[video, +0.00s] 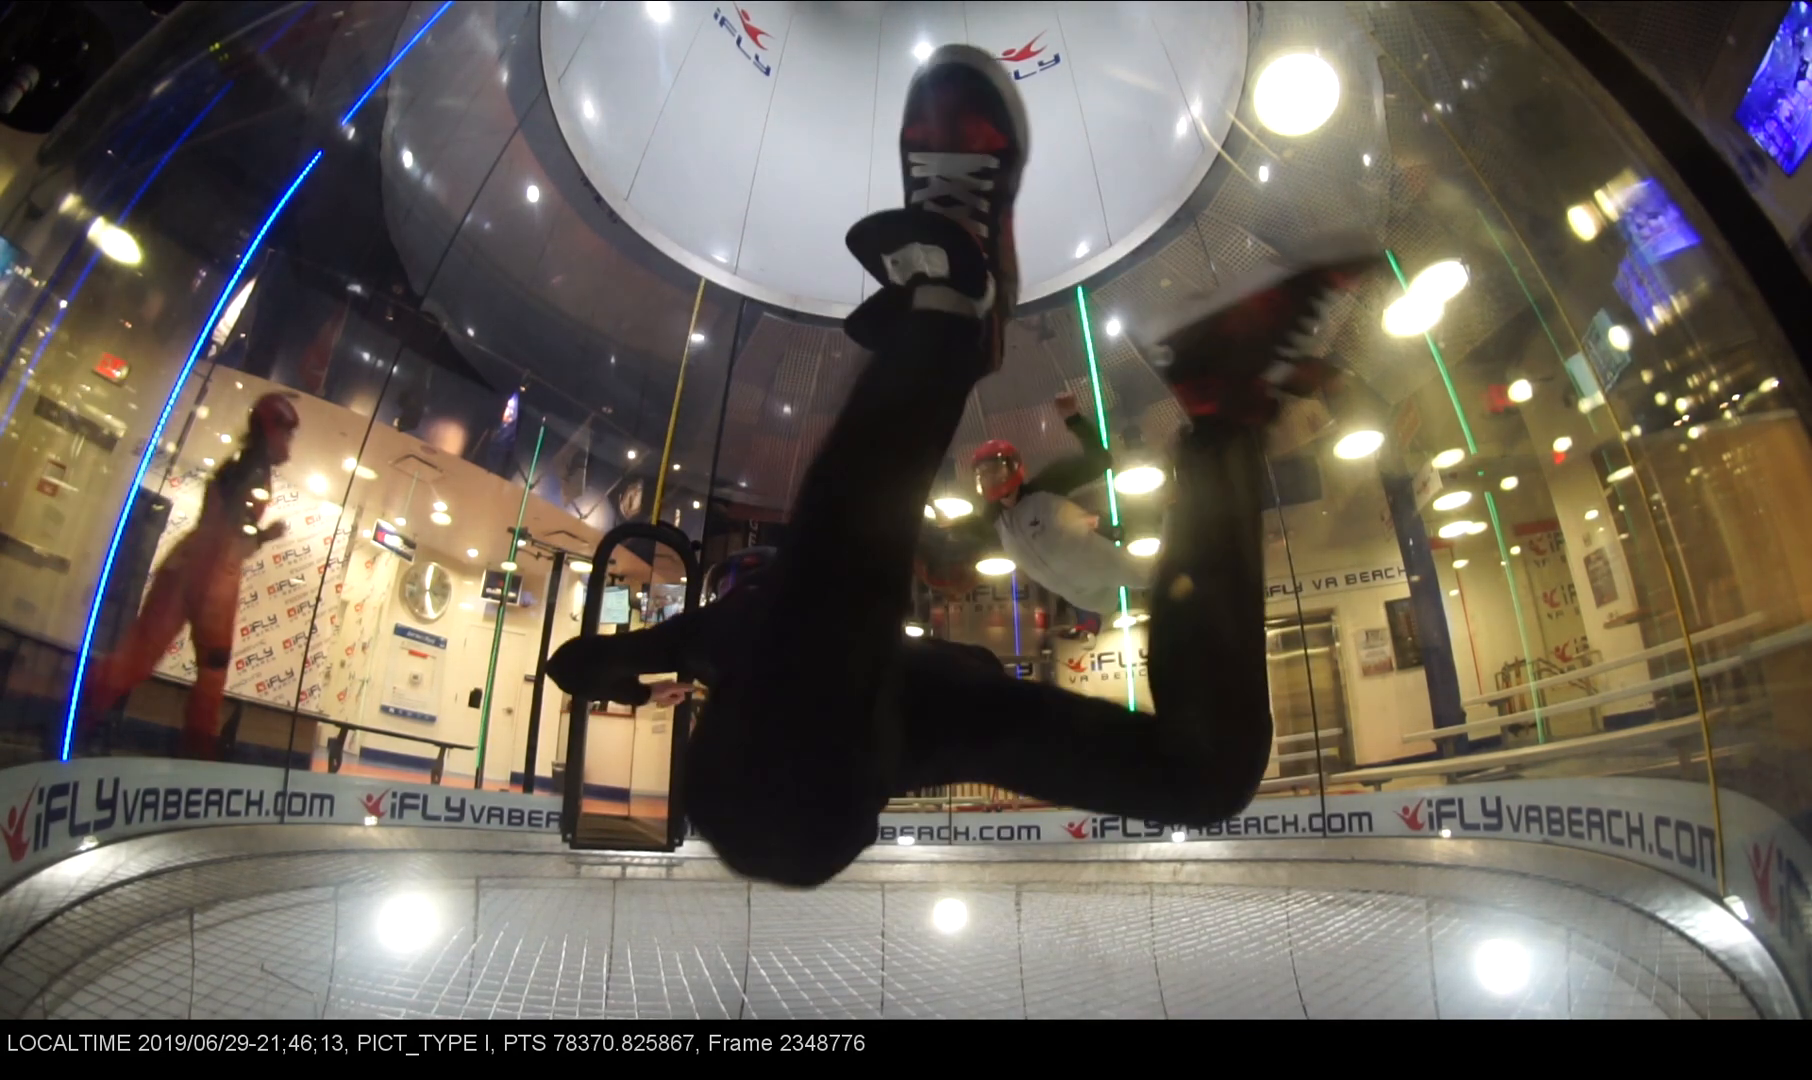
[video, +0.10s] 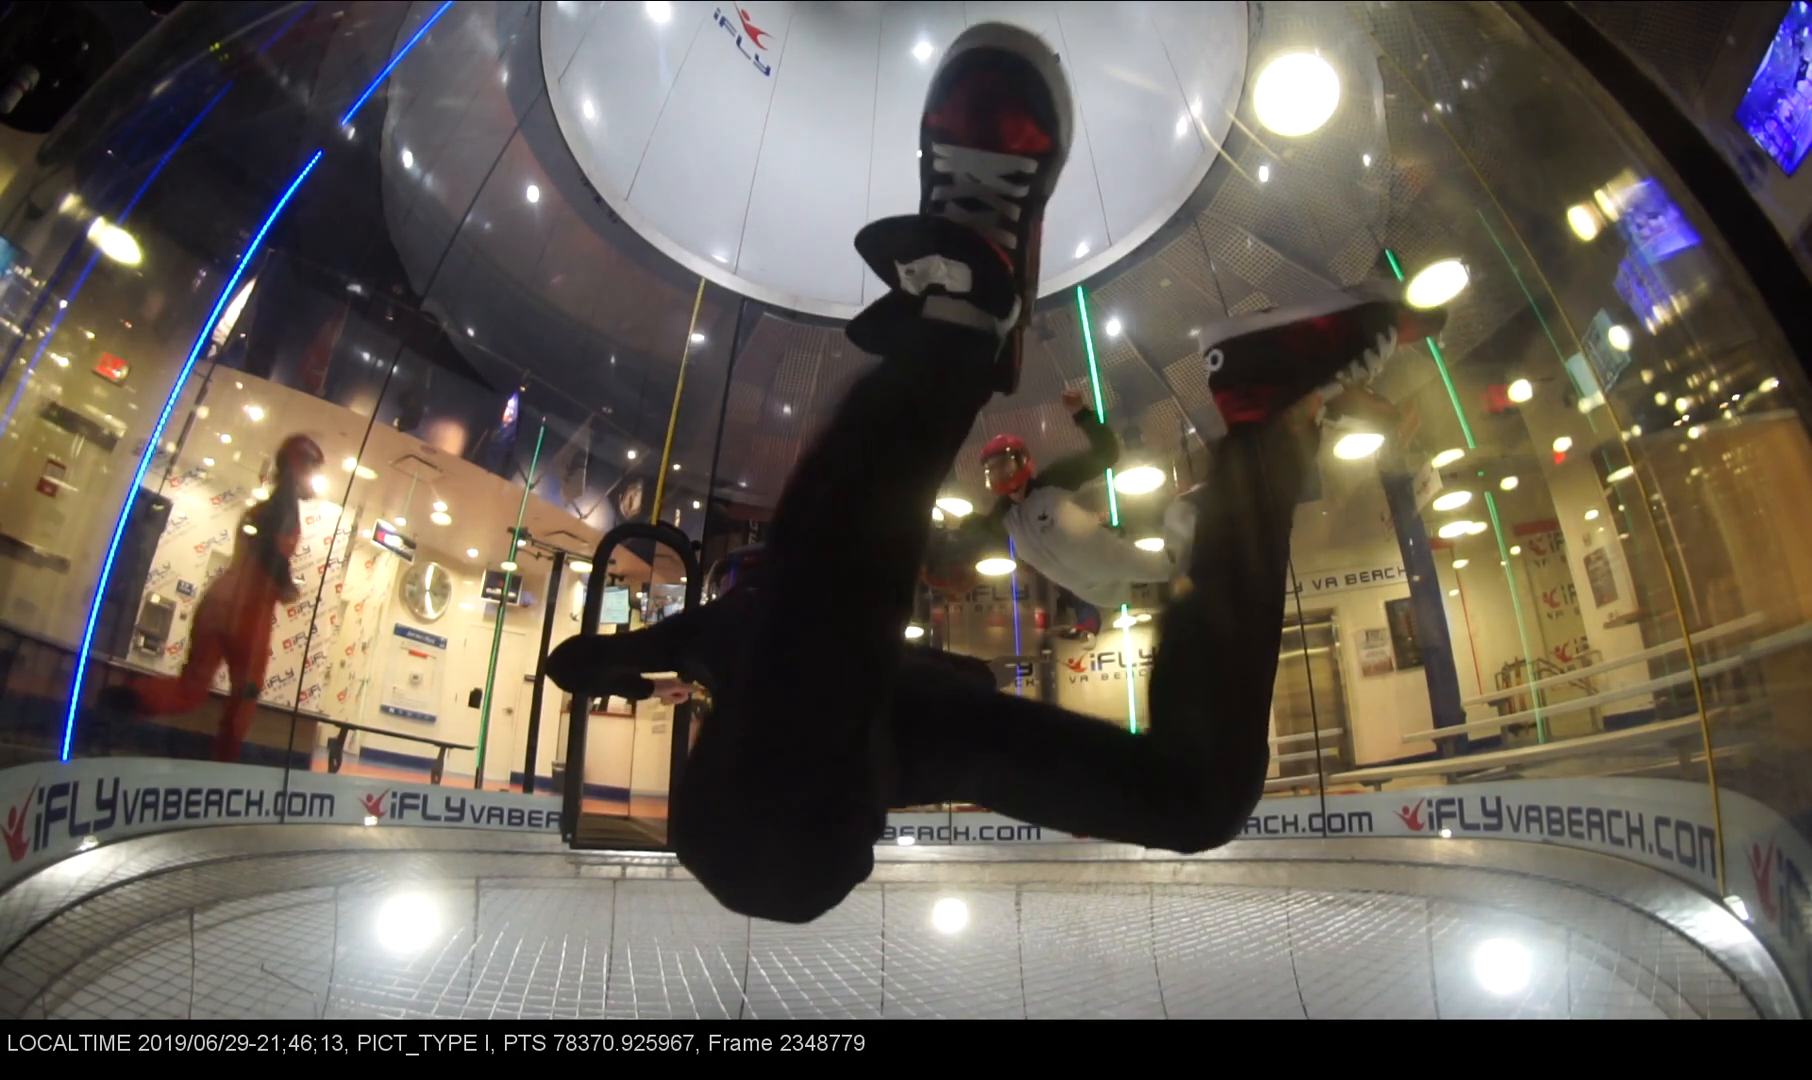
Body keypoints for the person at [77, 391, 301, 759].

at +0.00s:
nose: (290, 443)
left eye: (292, 434)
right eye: (287, 433)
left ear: (262, 429)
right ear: (270, 430)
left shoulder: (232, 469)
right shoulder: (252, 473)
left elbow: (229, 541)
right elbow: (224, 544)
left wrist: (262, 534)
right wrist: (263, 534)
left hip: (186, 563)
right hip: (216, 574)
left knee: (139, 655)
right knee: (214, 670)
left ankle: (71, 729)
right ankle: (197, 763)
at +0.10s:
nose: (315, 479)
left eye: (316, 470)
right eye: (313, 469)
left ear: (286, 466)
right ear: (297, 467)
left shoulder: (260, 506)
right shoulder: (286, 509)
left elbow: (249, 555)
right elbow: (272, 556)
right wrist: (289, 589)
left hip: (218, 602)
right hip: (247, 612)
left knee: (191, 690)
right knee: (246, 695)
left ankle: (128, 695)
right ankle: (224, 771)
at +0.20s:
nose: (343, 495)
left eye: (343, 489)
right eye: (339, 488)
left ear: (314, 485)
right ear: (326, 487)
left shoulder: (287, 528)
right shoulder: (319, 530)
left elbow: (257, 572)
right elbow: (309, 584)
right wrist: (329, 601)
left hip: (259, 618)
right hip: (283, 624)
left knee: (253, 698)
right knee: (270, 702)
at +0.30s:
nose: (375, 513)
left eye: (375, 505)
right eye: (371, 504)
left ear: (349, 503)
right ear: (356, 503)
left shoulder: (323, 531)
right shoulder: (356, 538)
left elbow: (285, 556)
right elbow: (355, 577)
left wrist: (295, 586)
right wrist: (368, 592)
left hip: (299, 613)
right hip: (322, 621)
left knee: (299, 689)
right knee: (300, 689)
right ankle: (250, 753)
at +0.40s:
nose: (402, 523)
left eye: (402, 517)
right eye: (398, 517)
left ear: (373, 516)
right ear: (384, 517)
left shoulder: (351, 545)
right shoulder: (384, 549)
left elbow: (316, 564)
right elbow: (387, 589)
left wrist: (331, 592)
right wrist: (406, 592)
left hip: (332, 623)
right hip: (356, 628)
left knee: (338, 699)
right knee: (333, 698)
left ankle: (339, 770)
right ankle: (274, 742)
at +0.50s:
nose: (422, 557)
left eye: (423, 549)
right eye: (419, 549)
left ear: (399, 547)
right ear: (407, 548)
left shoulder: (378, 576)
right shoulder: (398, 577)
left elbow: (349, 600)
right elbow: (400, 613)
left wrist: (373, 620)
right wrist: (426, 609)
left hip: (359, 655)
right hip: (375, 660)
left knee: (368, 730)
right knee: (371, 733)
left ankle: (349, 777)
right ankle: (317, 745)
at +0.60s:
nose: (445, 567)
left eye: (446, 560)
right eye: (441, 560)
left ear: (426, 559)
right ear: (426, 559)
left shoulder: (413, 587)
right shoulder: (418, 586)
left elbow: (409, 628)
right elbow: (410, 616)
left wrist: (439, 627)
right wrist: (442, 596)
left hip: (387, 662)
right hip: (400, 665)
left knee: (384, 734)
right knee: (419, 735)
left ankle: (349, 780)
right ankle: (369, 767)